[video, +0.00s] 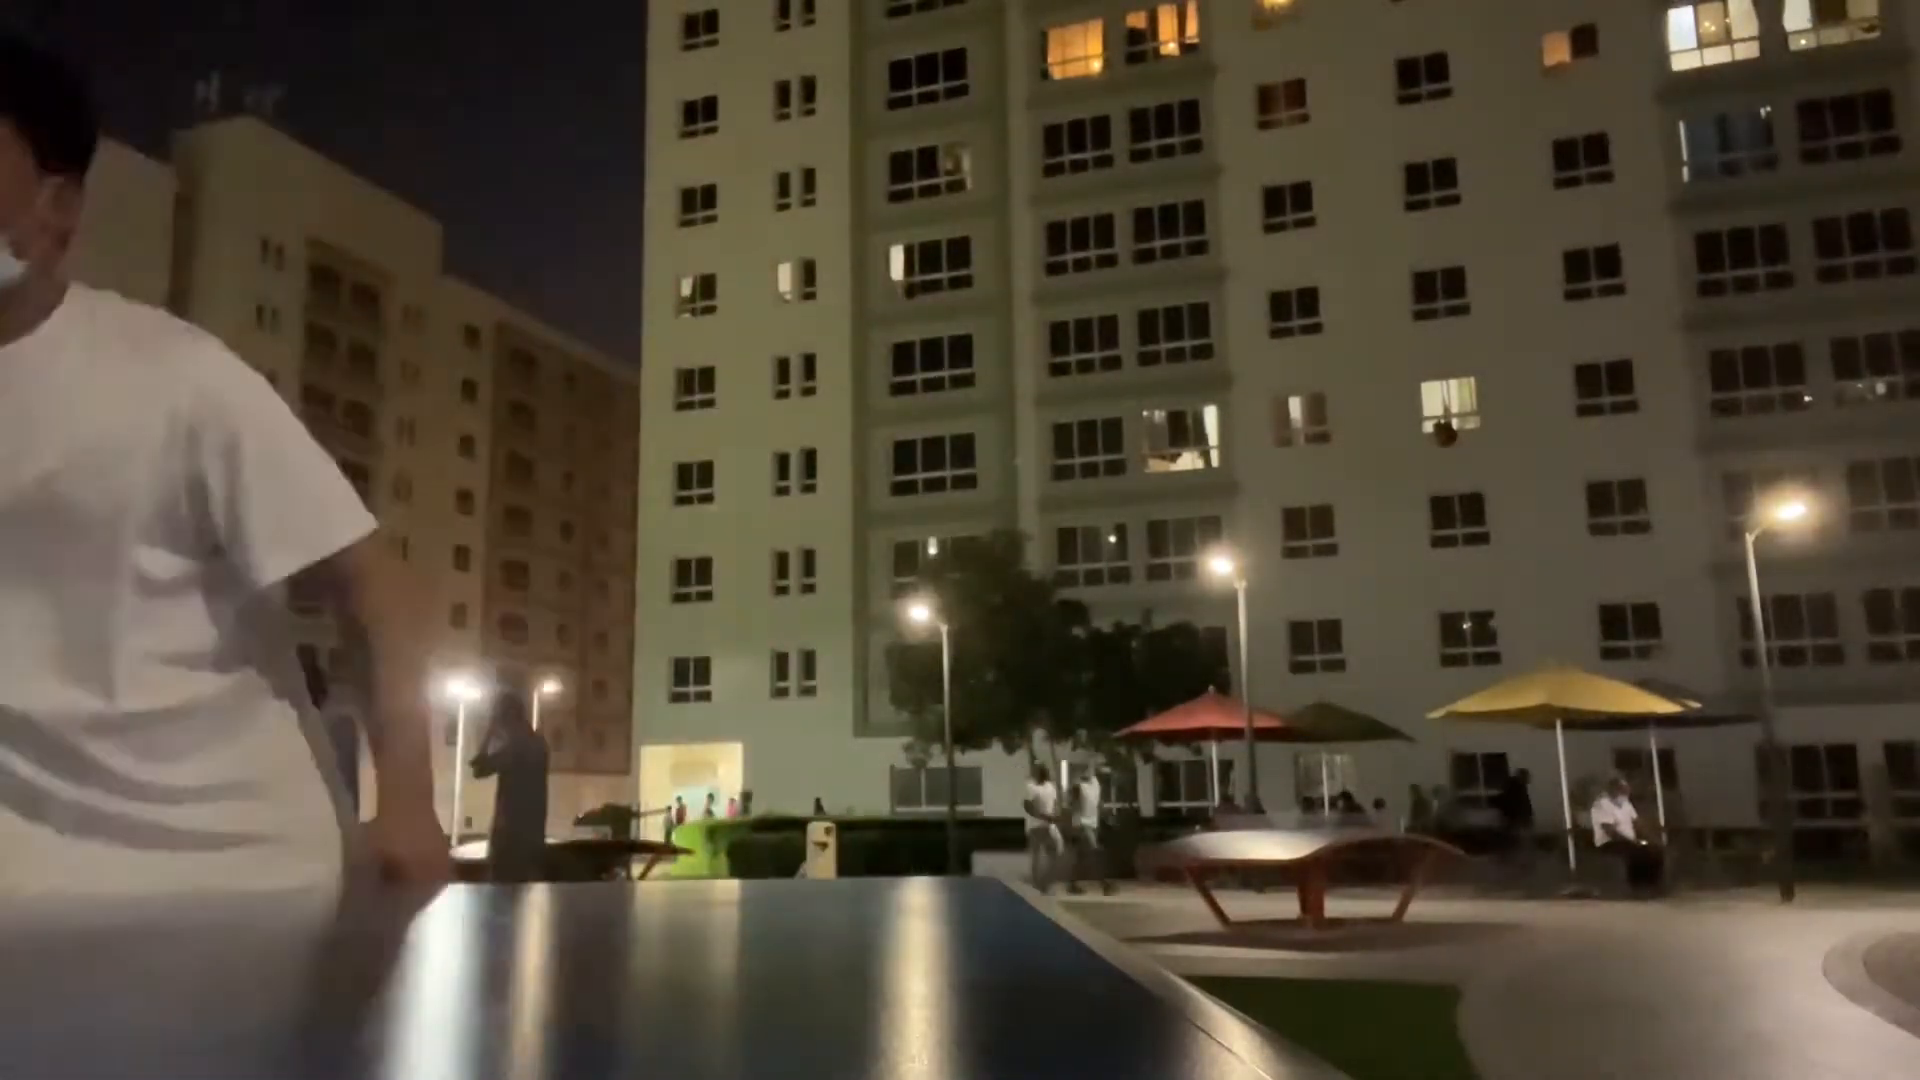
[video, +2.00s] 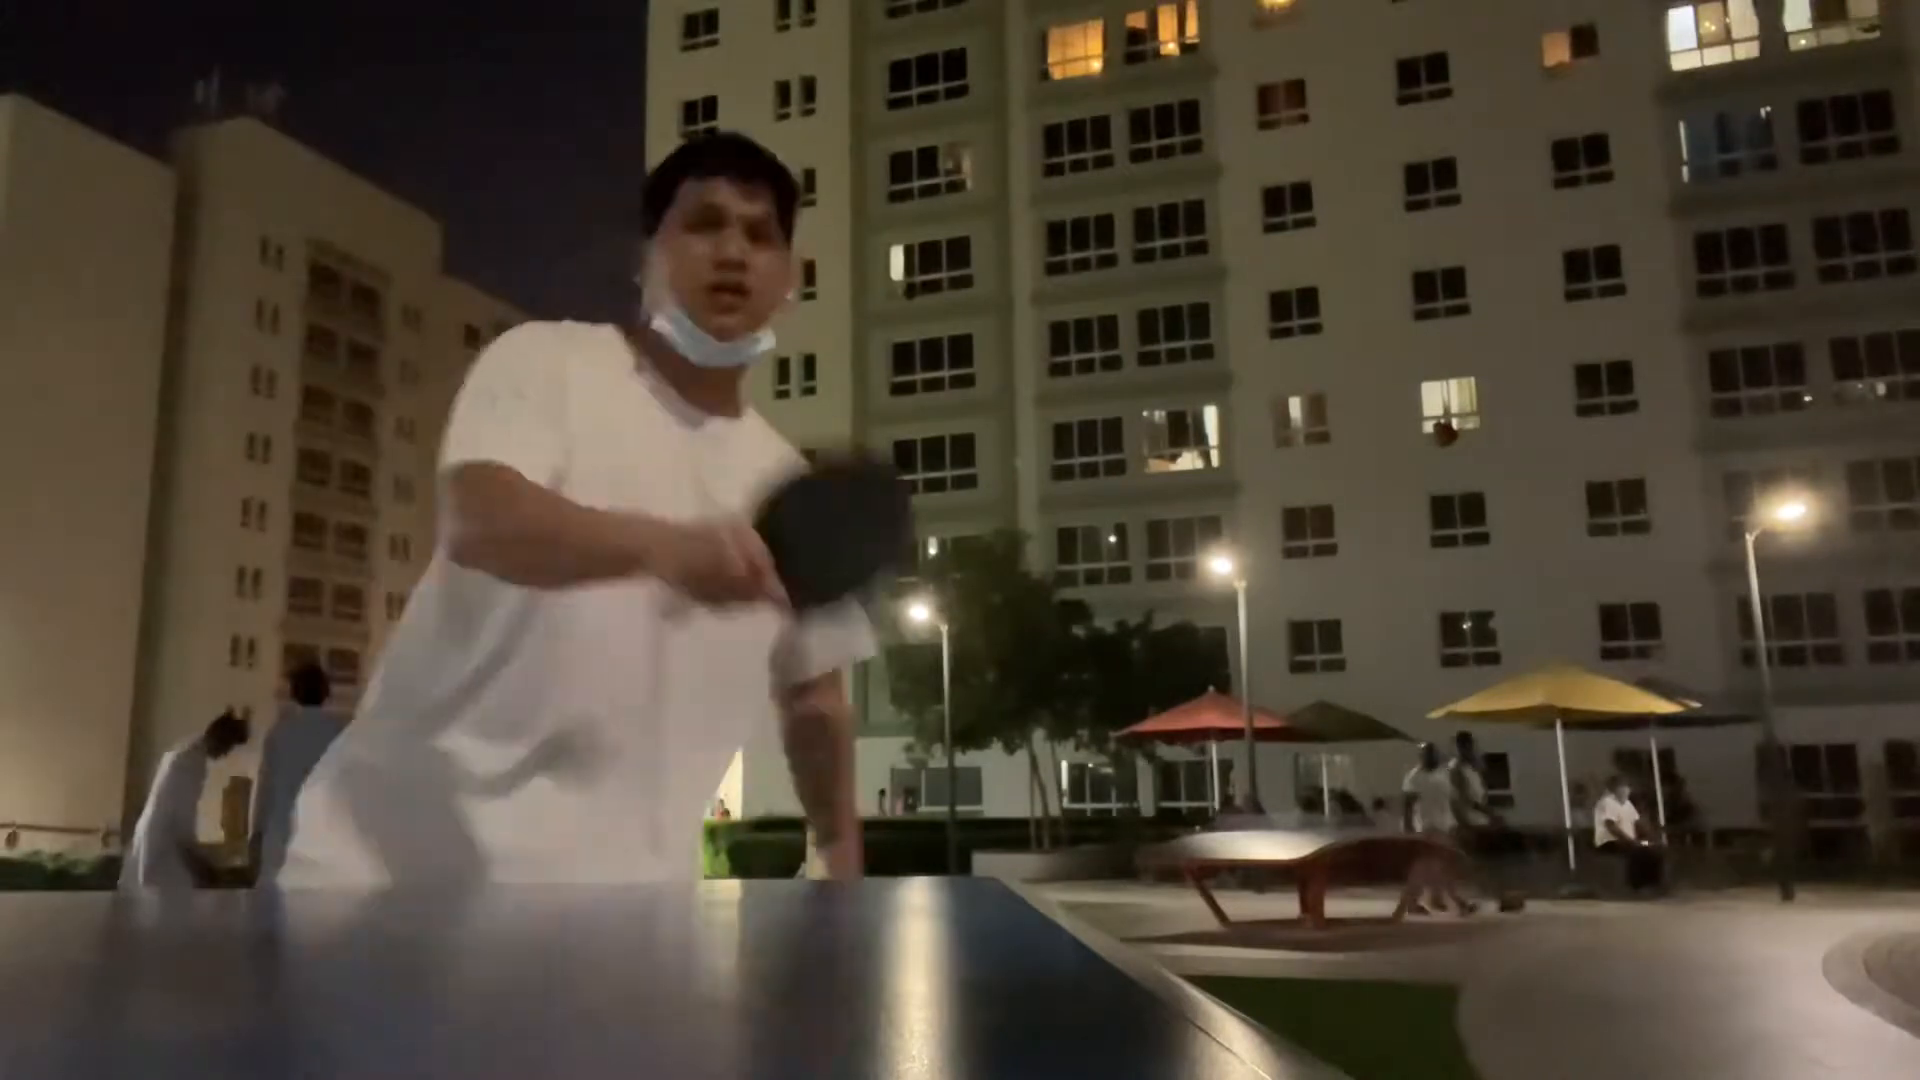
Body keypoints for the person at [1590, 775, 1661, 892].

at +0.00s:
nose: (1625, 792)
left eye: (1626, 789)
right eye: (1622, 789)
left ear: (1627, 789)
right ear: (1614, 790)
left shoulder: (1624, 802)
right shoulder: (1602, 804)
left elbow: (1636, 821)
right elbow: (1609, 829)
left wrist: (1649, 834)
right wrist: (1632, 842)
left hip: (1629, 840)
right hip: (1609, 842)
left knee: (1654, 850)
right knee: (1638, 854)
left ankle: (1651, 888)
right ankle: (1638, 889)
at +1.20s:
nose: (1631, 790)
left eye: (1631, 787)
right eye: (1627, 786)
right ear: (1619, 786)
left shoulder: (1626, 803)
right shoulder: (1610, 799)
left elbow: (1636, 822)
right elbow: (1613, 822)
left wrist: (1647, 835)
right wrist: (1633, 841)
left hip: (1627, 841)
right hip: (1611, 843)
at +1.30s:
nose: (1630, 790)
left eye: (1630, 786)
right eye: (1627, 786)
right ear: (1618, 786)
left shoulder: (1626, 803)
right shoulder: (1610, 799)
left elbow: (1636, 822)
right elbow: (1613, 822)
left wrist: (1646, 836)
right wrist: (1633, 841)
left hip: (1626, 842)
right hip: (1611, 843)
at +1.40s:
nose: (1630, 790)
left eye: (1630, 786)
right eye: (1626, 786)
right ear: (1618, 787)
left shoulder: (1626, 804)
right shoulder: (1608, 800)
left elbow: (1636, 822)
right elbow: (1612, 822)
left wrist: (1645, 836)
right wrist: (1632, 841)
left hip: (1627, 841)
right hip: (1610, 842)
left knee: (1652, 852)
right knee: (1641, 855)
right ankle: (1638, 888)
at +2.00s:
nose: (1626, 791)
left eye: (1627, 787)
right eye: (1622, 787)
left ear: (1629, 790)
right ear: (1614, 789)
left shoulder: (1626, 803)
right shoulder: (1607, 802)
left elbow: (1637, 821)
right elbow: (1610, 824)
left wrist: (1650, 835)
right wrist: (1631, 841)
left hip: (1629, 840)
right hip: (1609, 842)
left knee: (1653, 851)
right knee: (1637, 853)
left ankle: (1653, 885)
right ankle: (1637, 887)